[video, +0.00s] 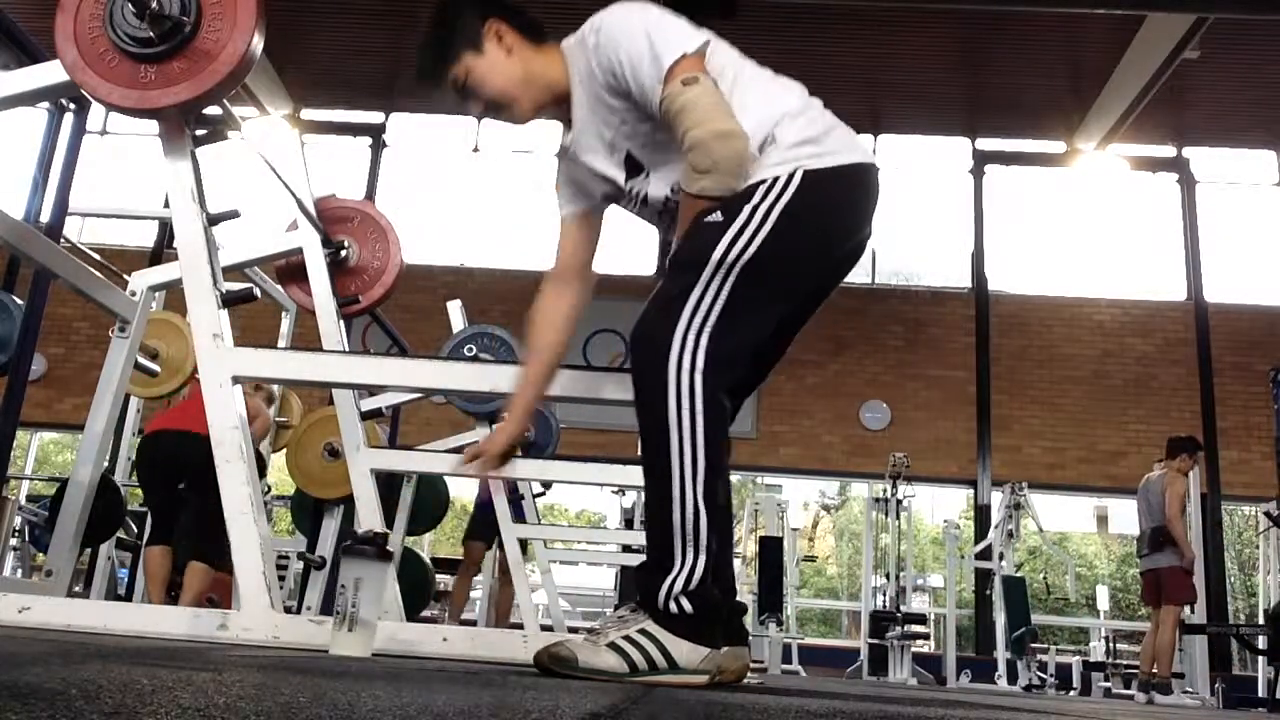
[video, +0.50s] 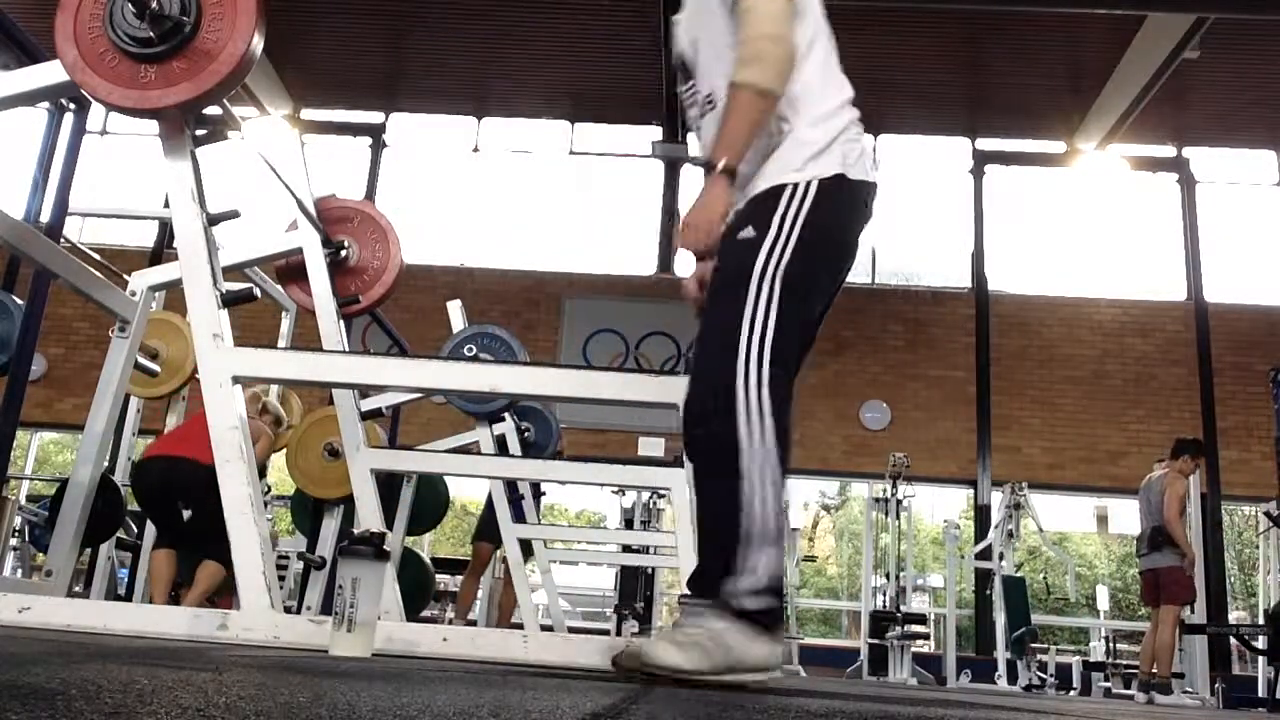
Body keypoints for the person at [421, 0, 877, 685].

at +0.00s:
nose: (477, 106)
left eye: (469, 84)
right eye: (466, 98)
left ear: (500, 38)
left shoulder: (620, 30)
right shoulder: (580, 157)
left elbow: (721, 149)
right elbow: (564, 285)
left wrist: (676, 259)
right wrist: (516, 417)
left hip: (802, 171)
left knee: (667, 350)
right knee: (689, 387)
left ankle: (684, 623)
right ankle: (710, 629)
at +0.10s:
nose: (494, 70)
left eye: (486, 47)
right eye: (483, 63)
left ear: (520, 6)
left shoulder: (628, 14)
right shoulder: (600, 125)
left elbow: (711, 136)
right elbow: (611, 259)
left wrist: (683, 281)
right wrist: (578, 390)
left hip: (802, 165)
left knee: (678, 353)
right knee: (702, 387)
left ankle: (684, 624)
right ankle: (713, 631)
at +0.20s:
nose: (513, 34)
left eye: (509, 12)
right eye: (505, 24)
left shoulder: (649, 4)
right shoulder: (618, 92)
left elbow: (714, 125)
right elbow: (658, 232)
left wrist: (692, 251)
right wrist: (642, 353)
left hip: (800, 166)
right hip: (770, 183)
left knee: (689, 367)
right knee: (682, 380)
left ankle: (687, 625)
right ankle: (711, 629)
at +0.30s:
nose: (548, 13)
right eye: (544, 8)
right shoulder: (644, 58)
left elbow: (726, 107)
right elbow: (678, 175)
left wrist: (679, 234)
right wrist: (676, 251)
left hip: (796, 172)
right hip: (764, 184)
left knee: (697, 373)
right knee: (698, 383)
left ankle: (685, 623)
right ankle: (712, 629)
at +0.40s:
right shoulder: (667, 39)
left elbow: (746, 68)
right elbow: (691, 158)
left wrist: (696, 203)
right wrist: (688, 263)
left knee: (725, 370)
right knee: (695, 397)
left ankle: (694, 619)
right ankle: (709, 628)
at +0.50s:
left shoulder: (756, 3)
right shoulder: (698, 22)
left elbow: (770, 53)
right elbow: (745, 134)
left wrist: (717, 180)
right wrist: (722, 246)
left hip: (810, 168)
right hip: (768, 182)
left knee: (744, 380)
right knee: (714, 397)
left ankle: (752, 619)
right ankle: (718, 617)